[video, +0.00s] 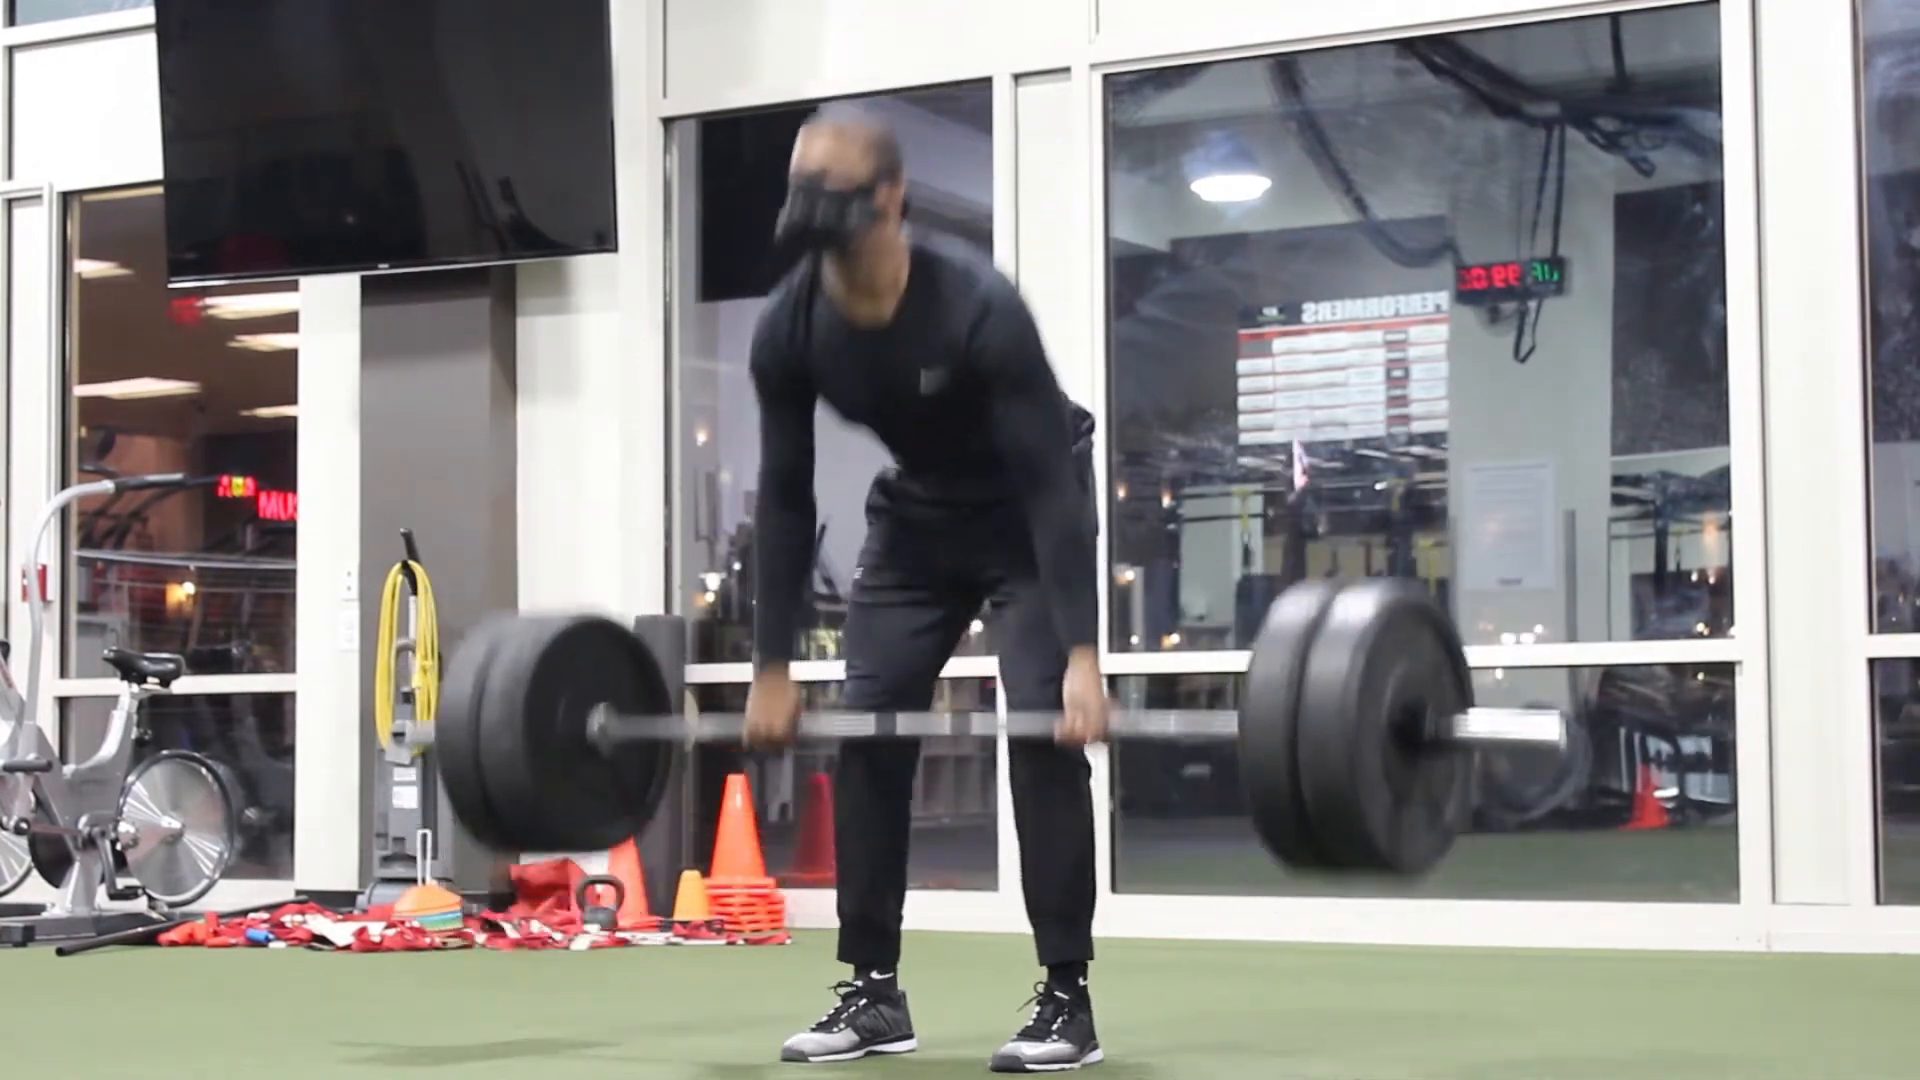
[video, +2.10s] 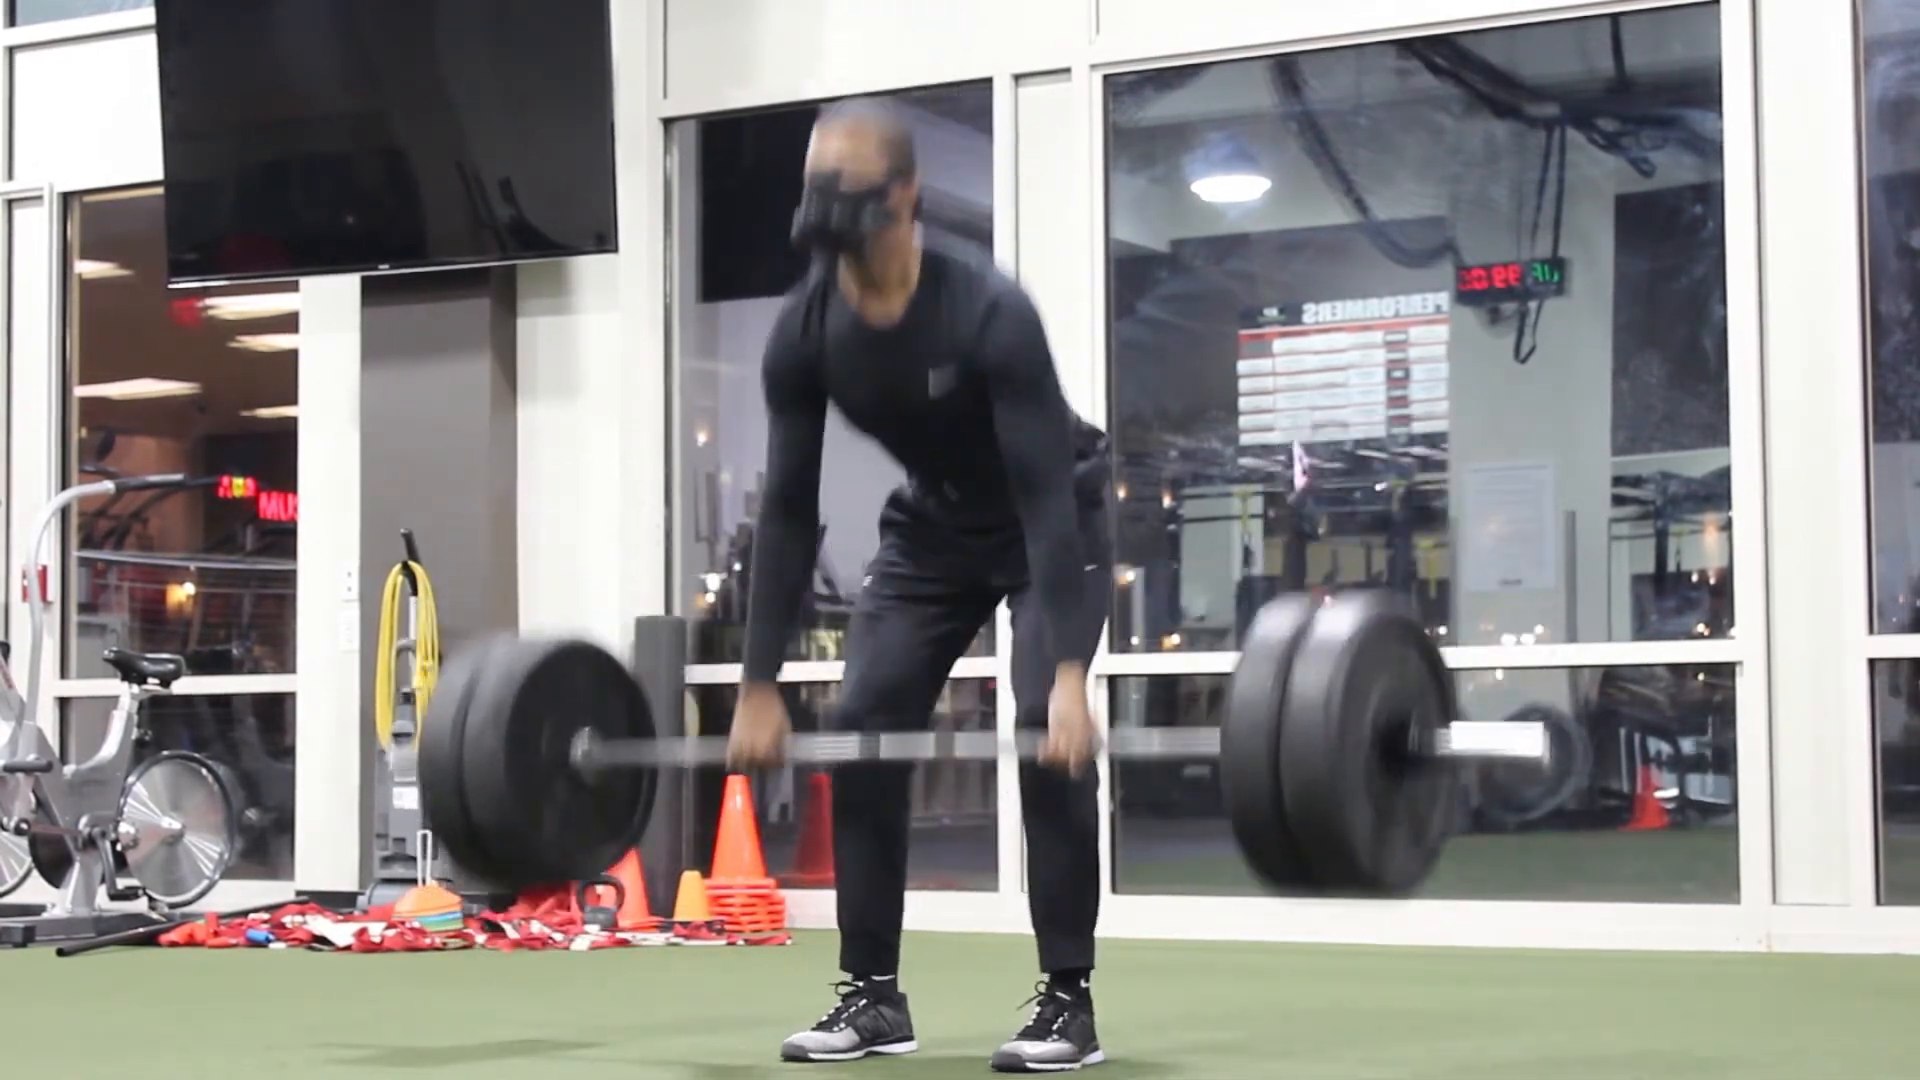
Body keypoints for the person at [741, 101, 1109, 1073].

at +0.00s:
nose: (806, 206)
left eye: (830, 190)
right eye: (799, 187)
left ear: (889, 197)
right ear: (788, 191)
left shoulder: (980, 308)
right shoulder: (789, 328)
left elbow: (1051, 479)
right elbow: (785, 497)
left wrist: (1082, 656)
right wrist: (775, 665)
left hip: (1034, 502)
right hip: (919, 509)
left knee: (1041, 733)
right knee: (868, 725)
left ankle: (1065, 998)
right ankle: (873, 992)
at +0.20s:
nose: (862, 49)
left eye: (885, 31)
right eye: (853, 34)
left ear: (934, 54)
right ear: (840, 59)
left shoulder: (1006, 189)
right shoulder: (815, 203)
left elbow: (1061, 365)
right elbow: (801, 379)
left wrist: (1086, 527)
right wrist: (779, 534)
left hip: (1014, 461)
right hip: (899, 463)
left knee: (1031, 729)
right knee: (882, 731)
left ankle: (1064, 998)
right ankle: (875, 992)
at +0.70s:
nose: (837, 205)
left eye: (861, 187)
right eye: (828, 186)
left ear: (919, 193)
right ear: (817, 193)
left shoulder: (1003, 316)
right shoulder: (814, 334)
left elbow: (1055, 501)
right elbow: (797, 507)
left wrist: (1075, 672)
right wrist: (766, 678)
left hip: (1053, 519)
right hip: (938, 525)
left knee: (1051, 738)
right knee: (868, 724)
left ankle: (1065, 997)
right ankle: (873, 992)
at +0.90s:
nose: (812, 376)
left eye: (835, 359)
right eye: (802, 357)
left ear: (892, 363)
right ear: (792, 358)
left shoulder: (984, 456)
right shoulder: (796, 479)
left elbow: (1055, 640)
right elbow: (786, 654)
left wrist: (1082, 820)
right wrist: (769, 825)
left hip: (1057, 555)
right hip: (942, 574)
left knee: (1015, 734)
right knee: (837, 738)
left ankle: (1062, 1002)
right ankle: (871, 999)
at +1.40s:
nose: (807, 225)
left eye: (829, 208)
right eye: (799, 205)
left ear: (889, 213)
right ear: (790, 210)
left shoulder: (983, 319)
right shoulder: (791, 345)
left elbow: (1056, 491)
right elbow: (788, 511)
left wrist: (1085, 665)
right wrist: (776, 675)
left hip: (1039, 501)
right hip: (926, 506)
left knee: (1044, 735)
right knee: (874, 730)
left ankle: (1066, 997)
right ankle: (874, 994)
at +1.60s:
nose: (859, 90)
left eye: (880, 72)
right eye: (844, 72)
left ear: (926, 76)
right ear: (830, 83)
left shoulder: (1000, 198)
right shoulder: (810, 217)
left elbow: (1062, 373)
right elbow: (799, 390)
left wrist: (1086, 533)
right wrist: (781, 543)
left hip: (1019, 474)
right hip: (904, 475)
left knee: (1033, 728)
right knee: (883, 726)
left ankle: (1065, 998)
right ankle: (875, 994)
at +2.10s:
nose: (816, 201)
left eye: (839, 185)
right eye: (810, 184)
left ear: (904, 194)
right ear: (805, 191)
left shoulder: (992, 314)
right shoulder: (802, 335)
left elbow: (1050, 499)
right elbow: (789, 510)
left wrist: (1069, 669)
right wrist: (759, 679)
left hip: (1052, 516)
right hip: (936, 524)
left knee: (1050, 735)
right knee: (865, 725)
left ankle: (1065, 997)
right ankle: (872, 994)